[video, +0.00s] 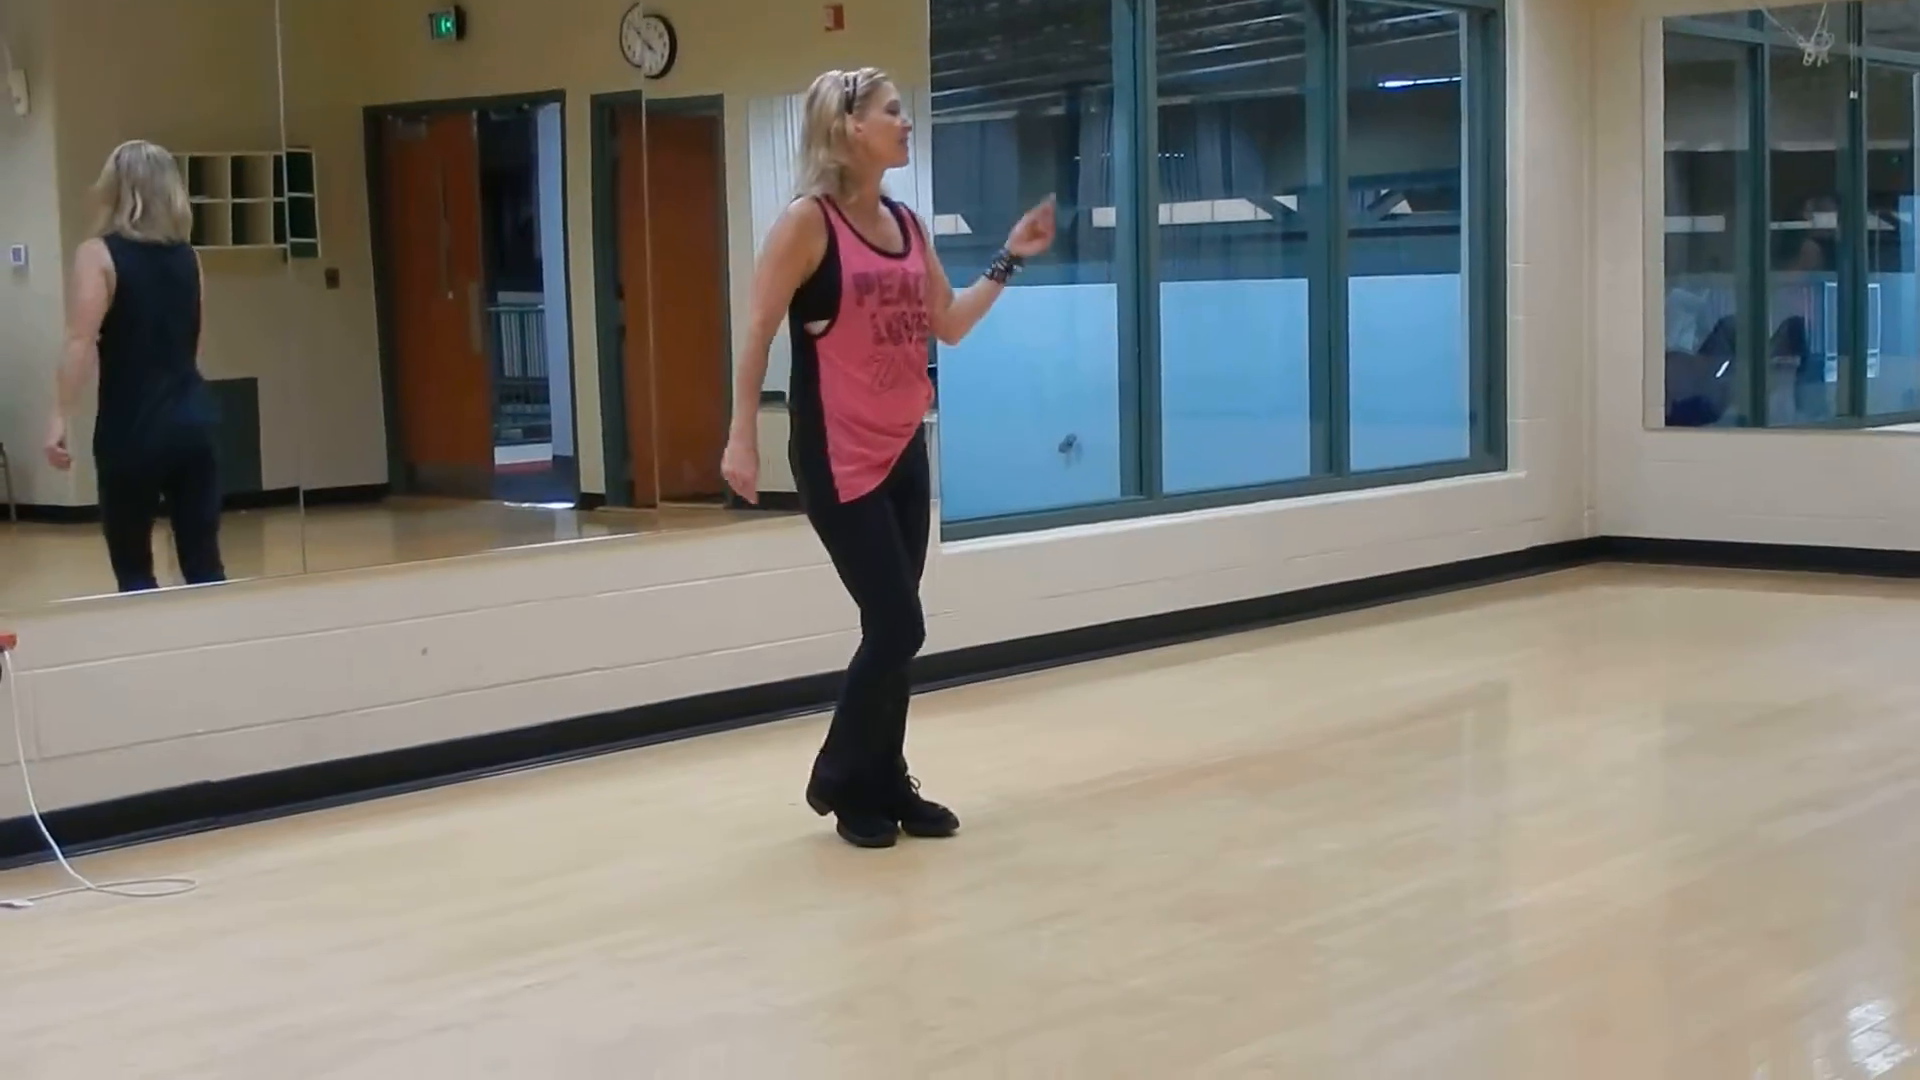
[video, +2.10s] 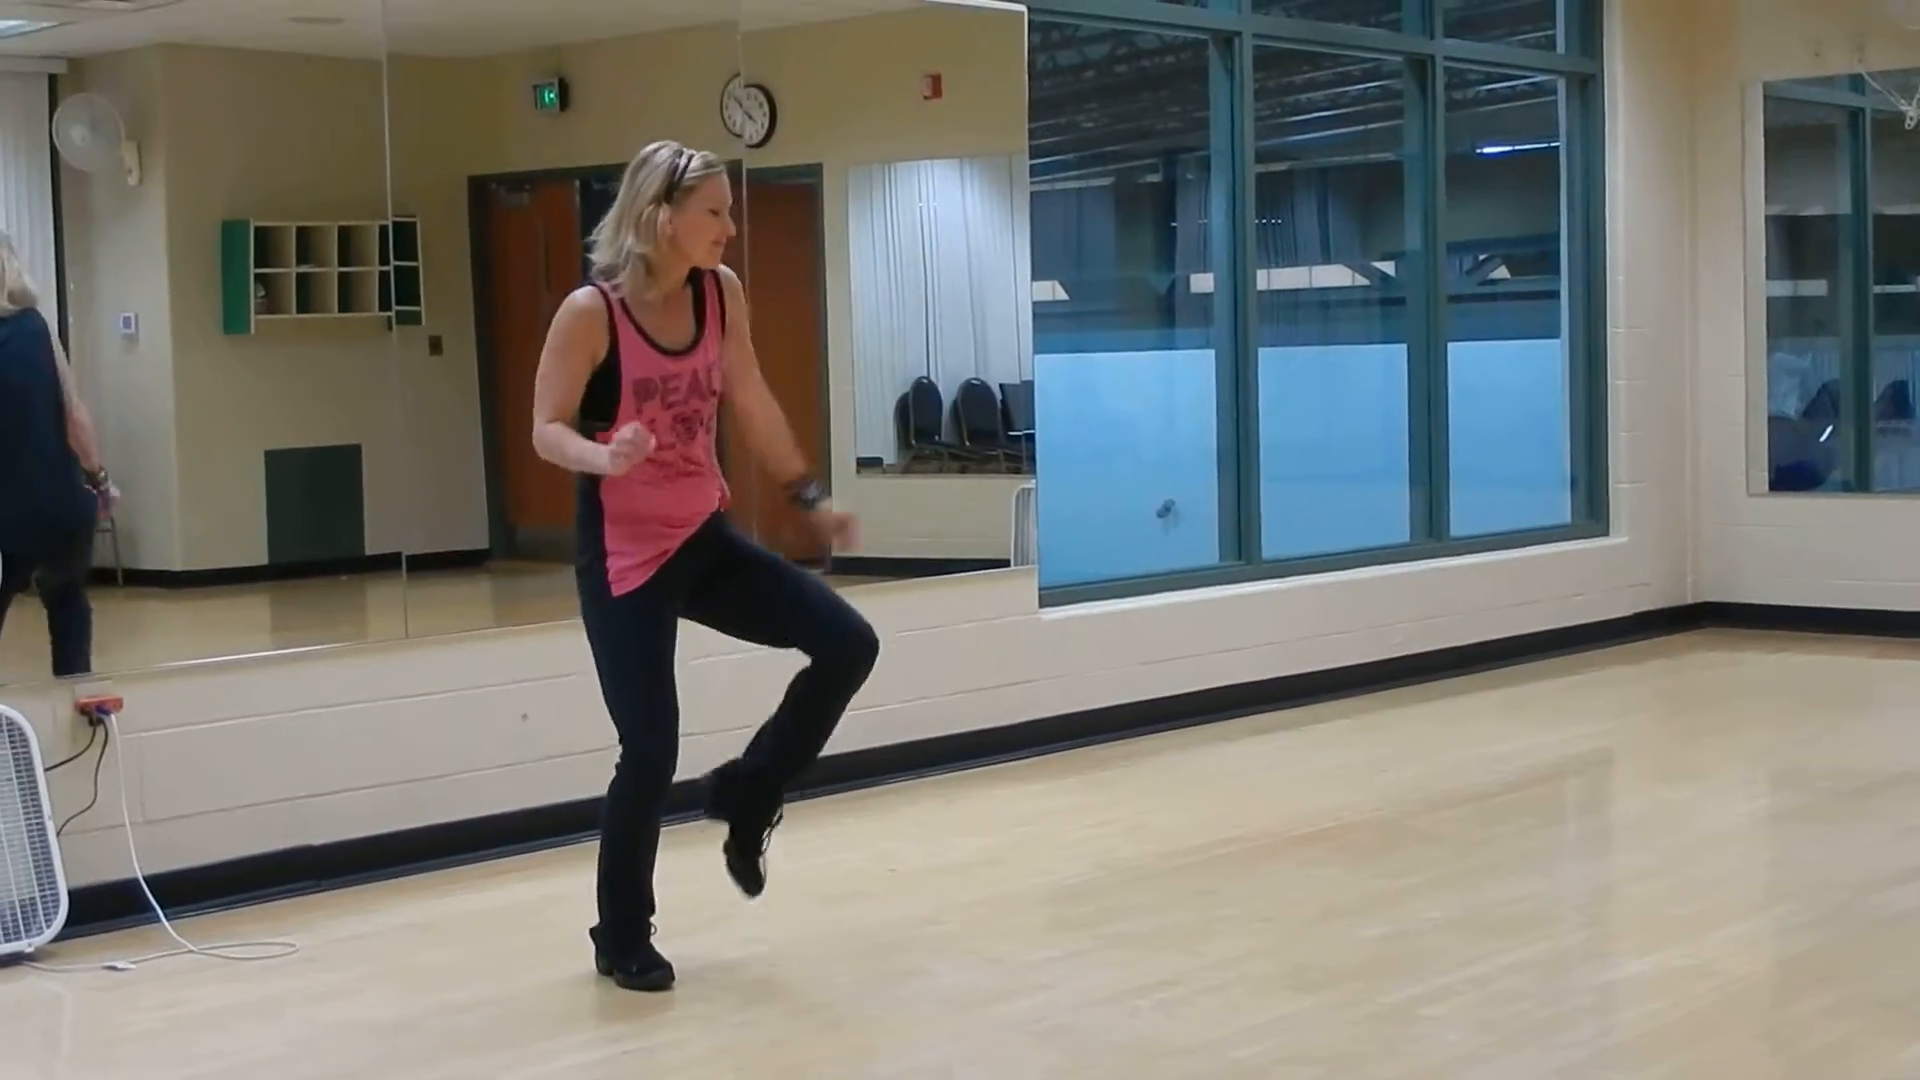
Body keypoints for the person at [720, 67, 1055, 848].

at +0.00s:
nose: (906, 121)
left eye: (901, 109)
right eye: (890, 111)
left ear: (874, 131)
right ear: (846, 129)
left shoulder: (906, 222)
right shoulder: (806, 223)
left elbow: (950, 324)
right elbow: (759, 332)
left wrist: (1008, 259)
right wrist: (742, 438)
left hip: (904, 445)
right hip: (835, 453)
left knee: (897, 622)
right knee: (896, 621)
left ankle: (885, 785)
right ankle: (842, 779)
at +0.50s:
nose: (909, 116)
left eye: (915, 103)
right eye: (896, 102)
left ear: (911, 109)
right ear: (848, 104)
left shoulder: (922, 179)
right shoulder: (797, 198)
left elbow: (957, 280)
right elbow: (761, 296)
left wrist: (1006, 368)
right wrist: (771, 359)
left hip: (903, 417)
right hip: (823, 422)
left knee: (905, 599)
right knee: (828, 595)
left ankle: (898, 764)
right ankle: (785, 781)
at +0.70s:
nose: (876, 121)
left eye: (881, 108)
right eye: (862, 107)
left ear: (879, 116)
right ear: (814, 112)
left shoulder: (890, 193)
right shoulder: (764, 199)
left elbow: (900, 297)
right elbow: (724, 314)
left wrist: (904, 373)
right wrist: (752, 300)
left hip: (881, 430)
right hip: (797, 440)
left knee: (894, 606)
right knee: (758, 620)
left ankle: (906, 760)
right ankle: (703, 803)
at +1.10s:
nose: (806, 120)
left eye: (811, 106)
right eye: (791, 105)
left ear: (809, 117)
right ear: (742, 111)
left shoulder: (809, 198)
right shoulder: (704, 200)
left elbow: (799, 307)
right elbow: (681, 306)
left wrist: (830, 373)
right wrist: (694, 388)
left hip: (784, 448)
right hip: (702, 454)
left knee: (837, 618)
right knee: (711, 642)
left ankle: (775, 735)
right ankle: (715, 818)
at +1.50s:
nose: (787, 151)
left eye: (792, 137)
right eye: (772, 137)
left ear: (786, 145)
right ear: (720, 140)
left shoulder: (795, 225)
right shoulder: (657, 239)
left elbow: (844, 330)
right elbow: (619, 357)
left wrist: (909, 271)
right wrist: (613, 470)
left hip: (793, 472)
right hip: (705, 484)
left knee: (787, 671)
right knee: (713, 674)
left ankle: (778, 842)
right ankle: (685, 857)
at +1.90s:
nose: (737, 207)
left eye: (739, 193)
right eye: (723, 192)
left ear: (722, 199)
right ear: (670, 194)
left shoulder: (726, 272)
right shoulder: (598, 287)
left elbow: (784, 368)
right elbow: (549, 403)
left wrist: (885, 388)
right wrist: (598, 504)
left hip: (714, 517)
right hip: (632, 542)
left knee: (841, 640)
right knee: (649, 732)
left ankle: (787, 805)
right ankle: (616, 923)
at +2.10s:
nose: (726, 229)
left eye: (728, 215)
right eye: (713, 214)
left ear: (715, 222)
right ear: (657, 216)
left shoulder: (721, 294)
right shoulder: (588, 314)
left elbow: (752, 400)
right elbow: (548, 431)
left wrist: (806, 497)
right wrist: (602, 456)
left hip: (704, 542)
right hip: (622, 564)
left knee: (849, 644)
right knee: (650, 753)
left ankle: (751, 788)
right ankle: (622, 937)